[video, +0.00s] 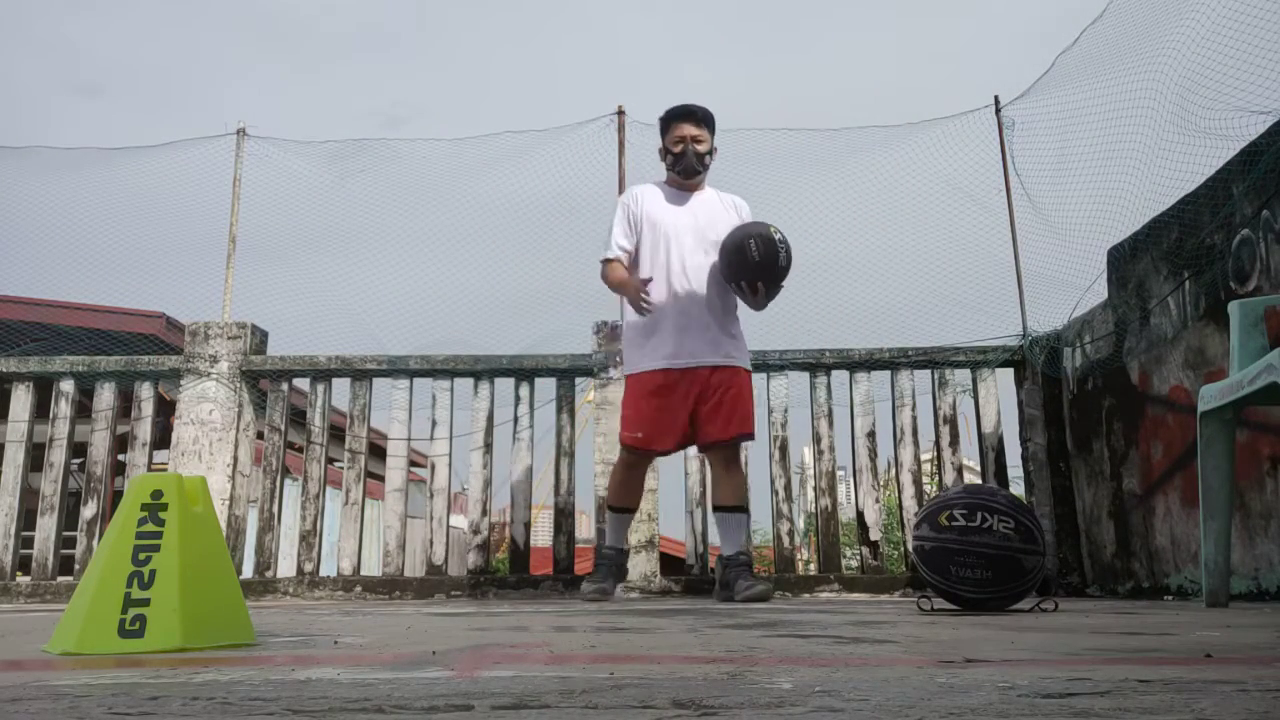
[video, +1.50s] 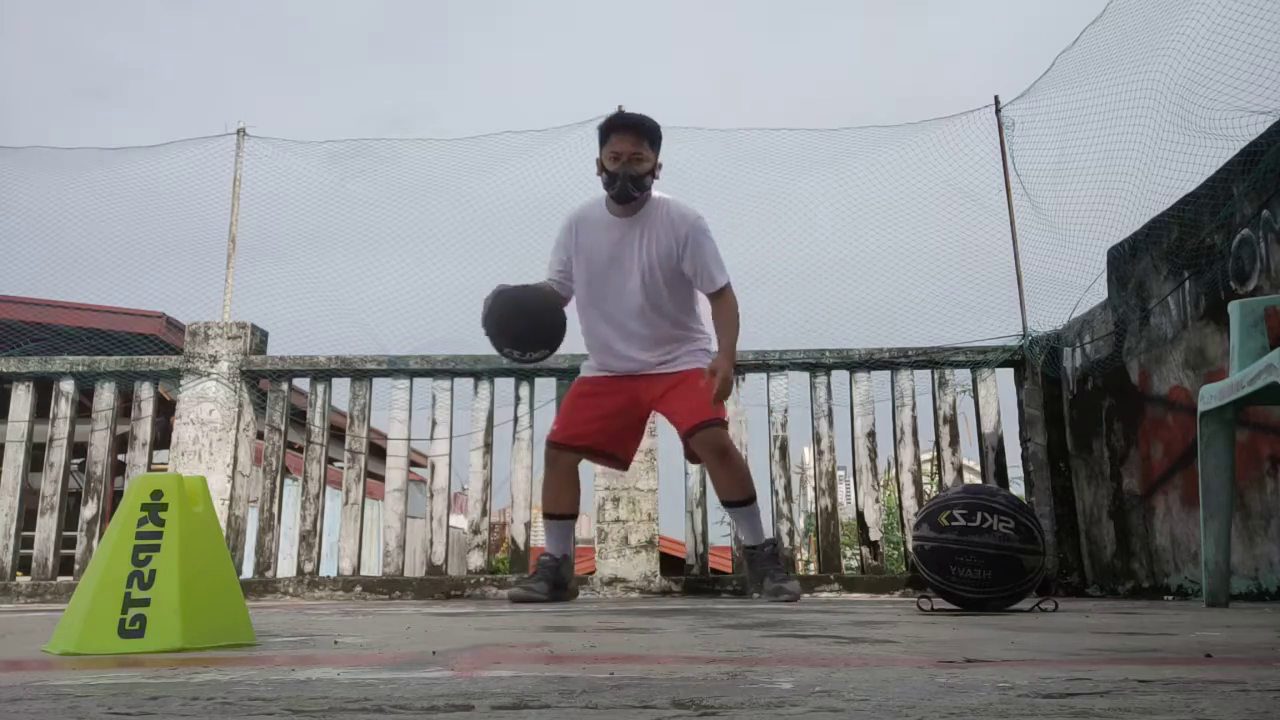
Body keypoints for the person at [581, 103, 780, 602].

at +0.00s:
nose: (688, 148)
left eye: (697, 140)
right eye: (678, 142)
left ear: (712, 148)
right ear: (664, 150)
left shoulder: (735, 208)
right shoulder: (638, 200)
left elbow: (753, 290)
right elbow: (612, 267)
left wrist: (758, 293)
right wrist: (629, 285)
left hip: (720, 353)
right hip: (654, 355)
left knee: (727, 454)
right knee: (633, 455)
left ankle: (735, 570)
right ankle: (609, 564)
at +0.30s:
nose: (718, 143)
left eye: (728, 135)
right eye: (708, 134)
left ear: (743, 142)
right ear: (692, 140)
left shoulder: (761, 203)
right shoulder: (662, 191)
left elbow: (778, 284)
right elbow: (634, 261)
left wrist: (783, 291)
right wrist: (613, 324)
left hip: (740, 350)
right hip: (676, 348)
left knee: (734, 452)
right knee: (671, 446)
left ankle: (735, 566)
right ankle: (665, 558)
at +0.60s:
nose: (713, 138)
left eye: (723, 131)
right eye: (704, 130)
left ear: (737, 138)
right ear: (688, 134)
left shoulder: (759, 197)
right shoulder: (657, 188)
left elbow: (778, 279)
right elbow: (632, 257)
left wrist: (789, 292)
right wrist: (618, 316)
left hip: (734, 350)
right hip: (665, 348)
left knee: (732, 452)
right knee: (645, 446)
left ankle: (735, 567)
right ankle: (632, 561)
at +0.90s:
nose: (700, 146)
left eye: (710, 138)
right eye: (690, 138)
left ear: (725, 143)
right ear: (674, 141)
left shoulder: (746, 202)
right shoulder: (643, 196)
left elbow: (781, 256)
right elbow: (623, 270)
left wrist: (814, 264)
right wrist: (674, 275)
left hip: (723, 353)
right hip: (651, 357)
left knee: (750, 437)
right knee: (633, 451)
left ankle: (769, 564)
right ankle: (634, 566)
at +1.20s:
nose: (688, 166)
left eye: (699, 158)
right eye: (678, 157)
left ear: (715, 166)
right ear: (661, 162)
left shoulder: (732, 226)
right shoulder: (632, 220)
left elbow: (729, 311)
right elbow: (630, 305)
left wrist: (708, 376)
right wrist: (639, 378)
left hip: (711, 369)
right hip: (641, 371)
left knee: (747, 451)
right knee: (586, 454)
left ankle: (766, 567)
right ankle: (556, 567)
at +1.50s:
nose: (623, 171)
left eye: (636, 161)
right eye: (614, 159)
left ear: (655, 166)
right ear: (599, 163)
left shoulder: (683, 223)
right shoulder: (580, 224)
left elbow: (722, 296)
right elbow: (558, 289)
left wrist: (726, 358)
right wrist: (523, 307)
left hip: (682, 365)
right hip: (607, 370)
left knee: (714, 442)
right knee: (559, 447)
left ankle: (761, 558)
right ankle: (556, 567)